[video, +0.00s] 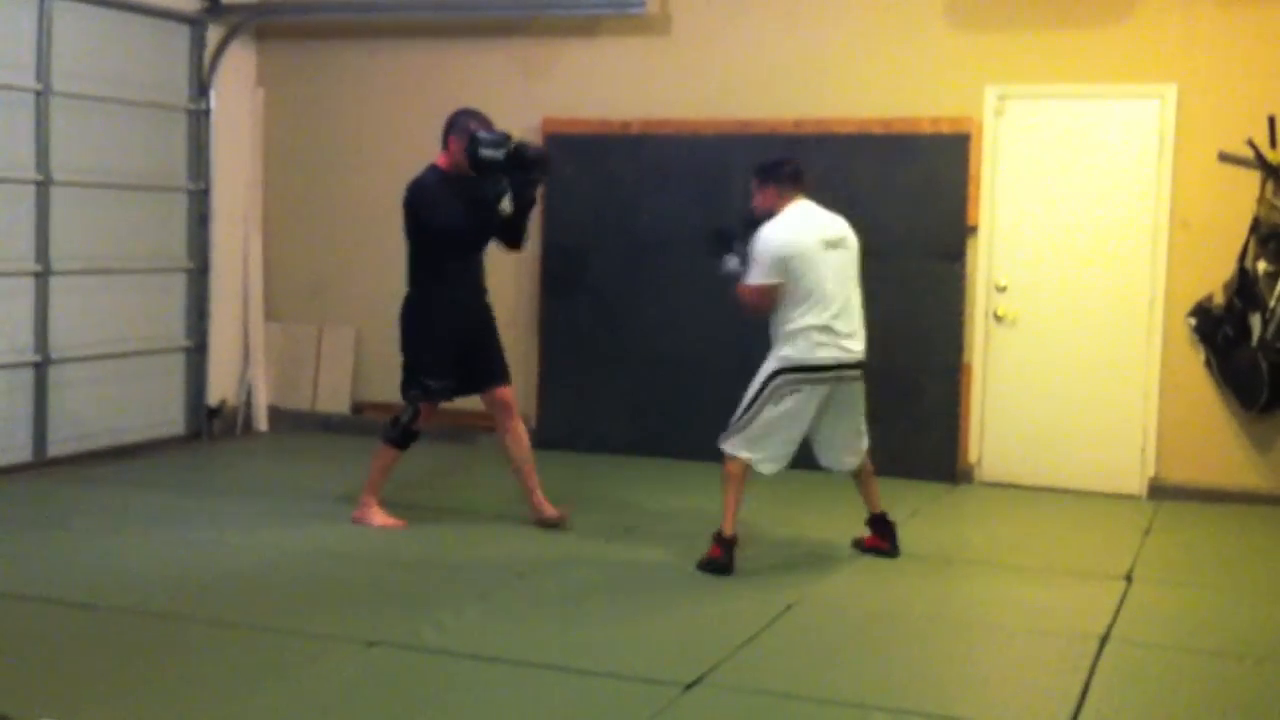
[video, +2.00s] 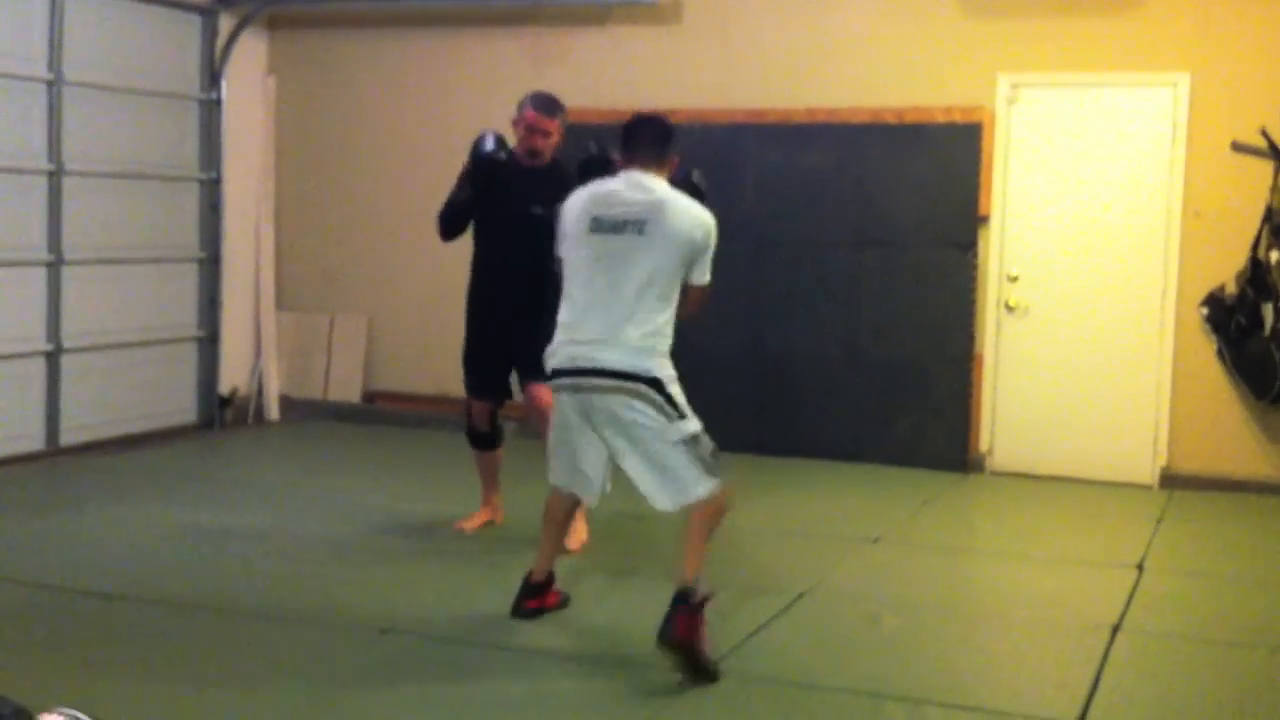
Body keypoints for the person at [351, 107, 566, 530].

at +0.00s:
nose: (481, 153)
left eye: (485, 144)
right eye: (475, 143)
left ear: (486, 147)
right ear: (452, 142)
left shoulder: (478, 187)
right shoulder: (425, 189)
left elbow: (512, 237)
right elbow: (459, 239)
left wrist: (525, 188)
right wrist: (489, 190)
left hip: (472, 311)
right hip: (429, 313)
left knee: (503, 401)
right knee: (418, 409)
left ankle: (538, 501)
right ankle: (367, 502)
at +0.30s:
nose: (511, 146)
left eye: (518, 140)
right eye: (504, 137)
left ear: (525, 143)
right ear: (485, 135)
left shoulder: (526, 187)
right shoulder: (454, 182)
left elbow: (558, 240)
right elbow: (459, 230)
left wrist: (564, 192)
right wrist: (491, 175)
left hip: (510, 310)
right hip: (463, 309)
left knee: (529, 406)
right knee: (464, 410)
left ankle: (544, 506)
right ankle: (427, 493)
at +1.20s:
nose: (525, 143)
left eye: (533, 135)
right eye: (517, 135)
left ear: (547, 137)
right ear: (502, 136)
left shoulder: (576, 184)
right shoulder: (490, 187)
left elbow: (579, 242)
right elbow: (511, 232)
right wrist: (524, 164)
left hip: (568, 314)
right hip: (515, 314)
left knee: (585, 413)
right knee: (486, 413)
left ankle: (602, 528)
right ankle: (464, 500)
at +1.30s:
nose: (513, 141)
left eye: (518, 133)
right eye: (508, 133)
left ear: (507, 134)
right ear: (515, 134)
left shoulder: (566, 181)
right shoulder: (484, 191)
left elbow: (613, 227)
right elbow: (507, 243)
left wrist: (600, 268)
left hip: (565, 312)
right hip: (511, 314)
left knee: (582, 414)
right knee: (475, 413)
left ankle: (604, 530)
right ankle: (446, 505)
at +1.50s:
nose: (520, 143)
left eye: (527, 134)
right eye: (511, 135)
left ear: (538, 132)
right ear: (494, 133)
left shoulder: (555, 180)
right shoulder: (478, 184)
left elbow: (600, 212)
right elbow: (473, 242)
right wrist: (491, 179)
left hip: (549, 308)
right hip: (497, 308)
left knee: (560, 402)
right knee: (470, 409)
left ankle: (581, 521)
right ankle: (446, 507)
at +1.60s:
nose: (522, 139)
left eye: (530, 129)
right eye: (513, 130)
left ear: (543, 127)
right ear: (498, 128)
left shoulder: (558, 175)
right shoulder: (486, 175)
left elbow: (583, 229)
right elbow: (473, 238)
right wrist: (488, 177)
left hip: (550, 306)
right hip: (500, 306)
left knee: (556, 409)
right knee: (469, 408)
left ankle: (579, 522)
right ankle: (453, 503)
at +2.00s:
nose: (535, 140)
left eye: (545, 133)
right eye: (529, 129)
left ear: (560, 135)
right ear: (515, 126)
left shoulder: (567, 182)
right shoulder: (490, 171)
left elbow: (586, 240)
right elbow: (448, 228)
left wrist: (597, 184)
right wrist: (476, 172)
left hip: (544, 307)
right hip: (490, 305)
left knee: (543, 401)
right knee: (480, 409)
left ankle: (572, 507)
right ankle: (490, 503)